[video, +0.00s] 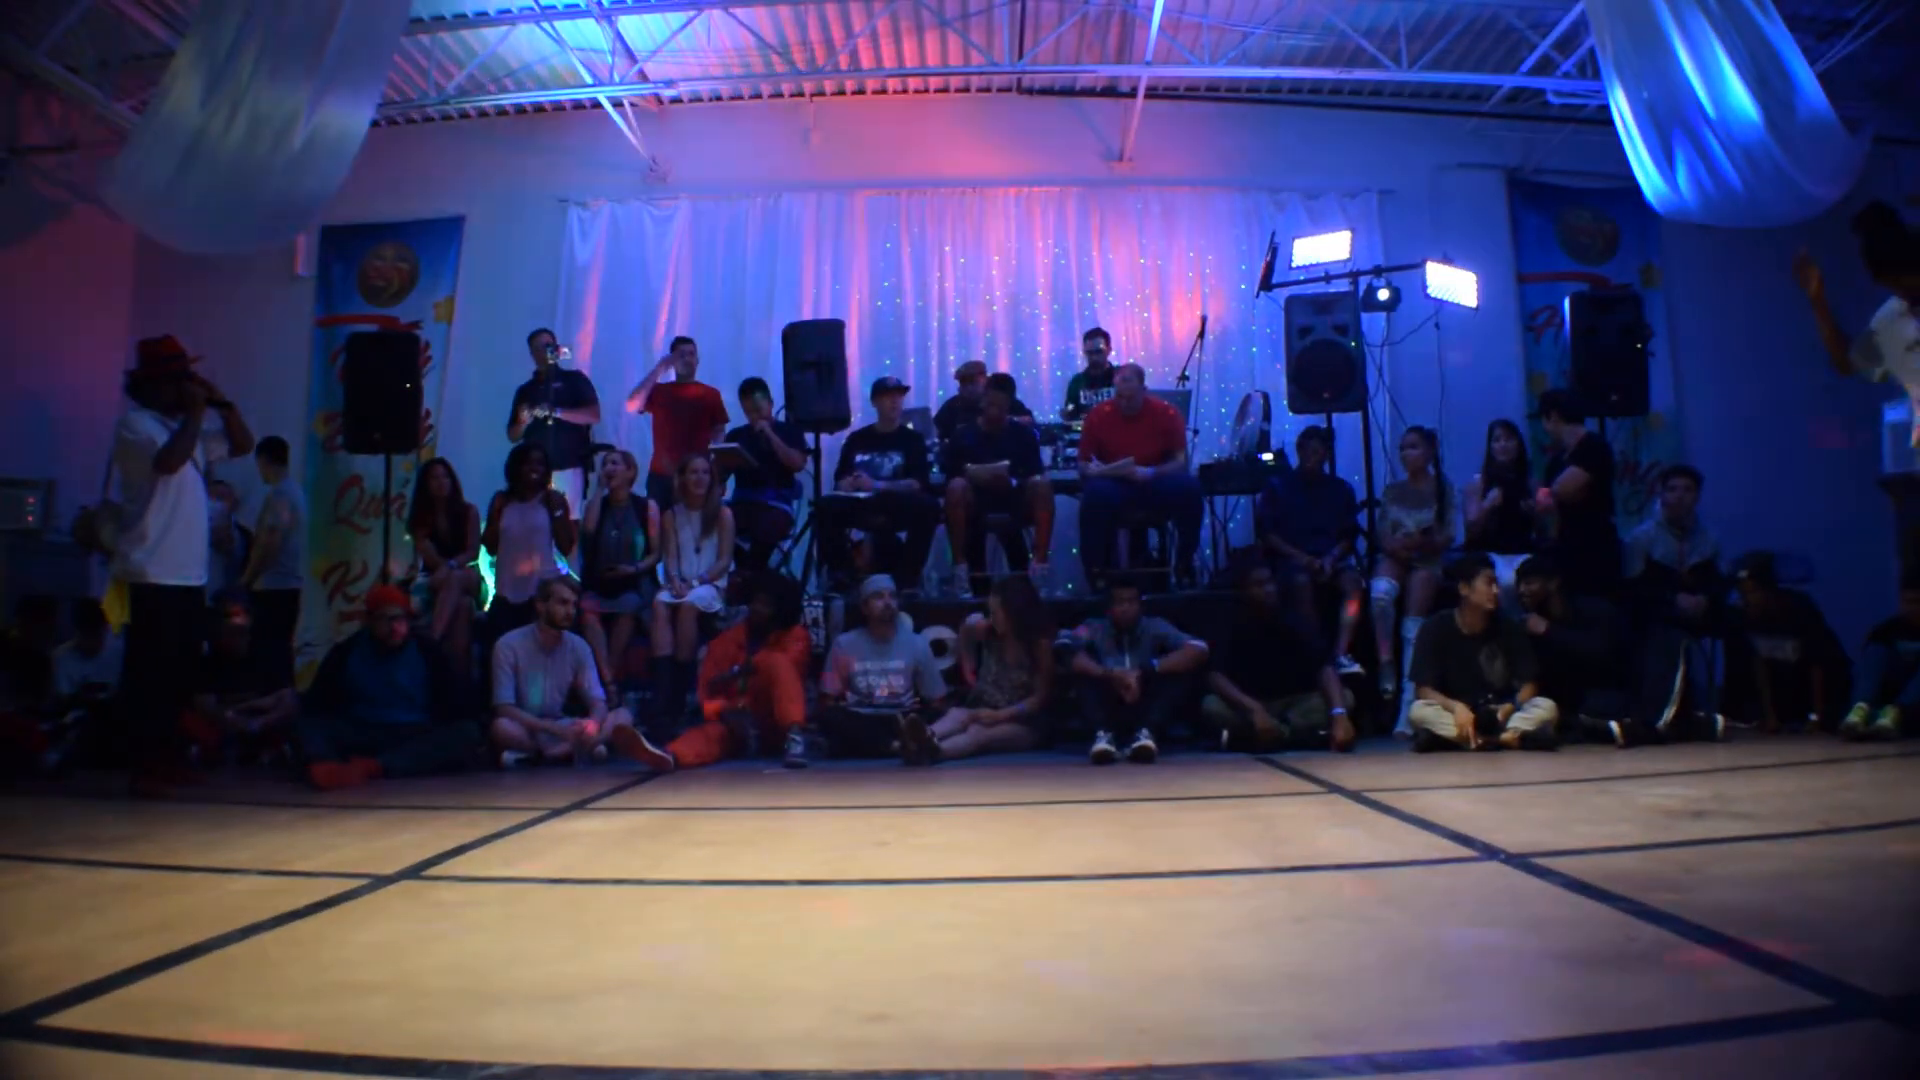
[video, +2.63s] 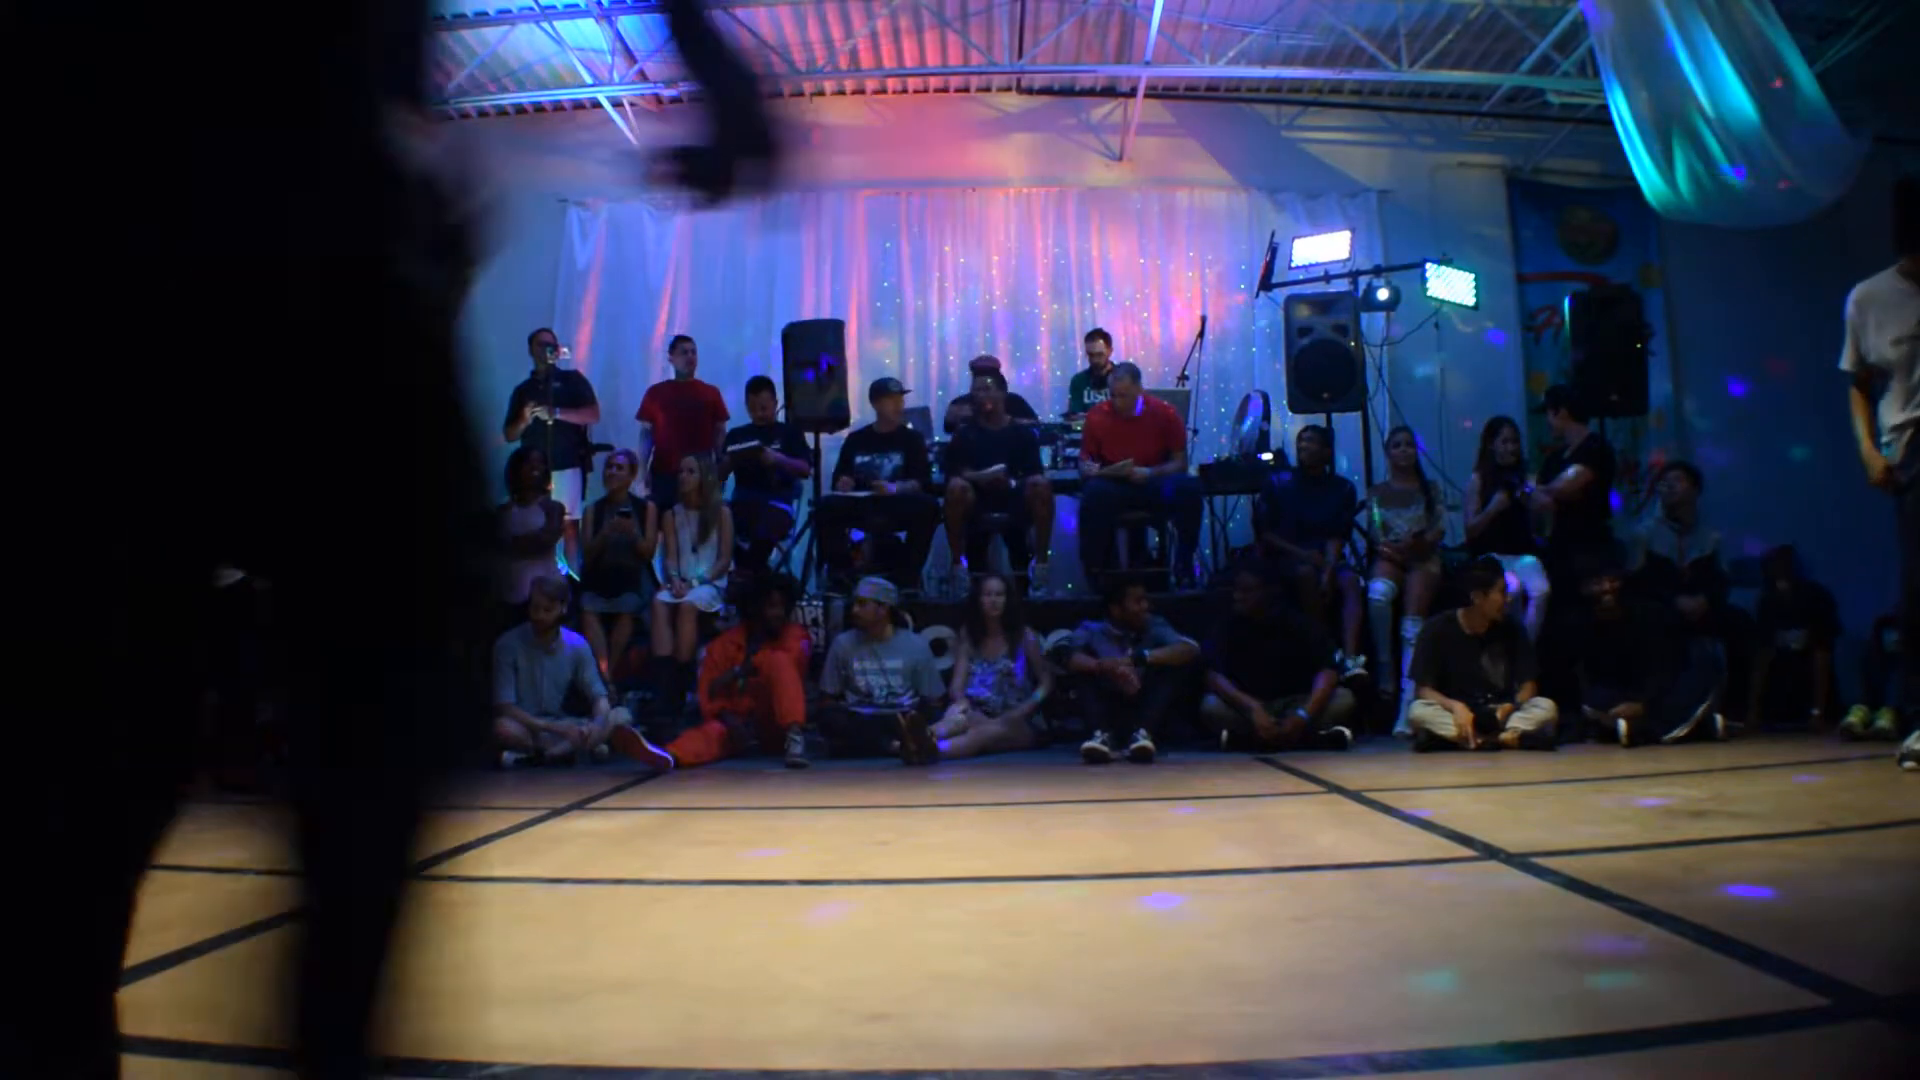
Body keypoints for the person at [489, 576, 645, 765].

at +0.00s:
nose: (570, 611)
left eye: (573, 604)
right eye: (562, 603)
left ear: (577, 607)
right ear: (541, 606)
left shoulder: (578, 647)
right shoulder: (509, 645)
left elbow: (598, 701)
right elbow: (504, 707)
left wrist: (593, 724)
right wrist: (556, 729)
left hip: (564, 723)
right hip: (527, 723)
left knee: (623, 716)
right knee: (502, 728)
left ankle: (546, 753)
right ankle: (578, 748)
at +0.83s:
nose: (573, 599)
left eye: (571, 593)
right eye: (566, 594)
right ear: (544, 604)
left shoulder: (572, 641)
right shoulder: (509, 643)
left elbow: (594, 689)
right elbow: (504, 706)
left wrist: (593, 722)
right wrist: (556, 729)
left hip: (563, 720)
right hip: (528, 722)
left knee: (623, 715)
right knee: (502, 728)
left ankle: (557, 751)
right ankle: (579, 747)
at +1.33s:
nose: (547, 590)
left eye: (543, 586)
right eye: (539, 587)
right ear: (520, 601)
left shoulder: (554, 632)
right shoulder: (494, 645)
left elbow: (572, 679)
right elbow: (504, 707)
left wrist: (587, 722)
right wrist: (561, 729)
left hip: (559, 714)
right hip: (525, 718)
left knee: (618, 708)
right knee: (503, 727)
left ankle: (561, 747)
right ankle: (579, 742)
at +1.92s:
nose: (546, 592)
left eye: (546, 586)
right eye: (537, 588)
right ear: (516, 598)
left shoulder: (561, 635)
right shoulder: (498, 645)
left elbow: (584, 684)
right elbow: (502, 705)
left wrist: (588, 722)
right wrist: (553, 727)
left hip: (564, 716)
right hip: (526, 720)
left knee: (618, 709)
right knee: (503, 725)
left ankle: (559, 748)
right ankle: (580, 747)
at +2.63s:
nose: (540, 616)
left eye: (548, 610)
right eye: (536, 608)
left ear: (562, 610)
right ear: (529, 607)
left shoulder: (576, 645)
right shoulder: (509, 644)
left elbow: (599, 697)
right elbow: (505, 706)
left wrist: (597, 726)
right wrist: (558, 730)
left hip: (563, 720)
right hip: (525, 721)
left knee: (621, 716)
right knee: (503, 728)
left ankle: (551, 753)